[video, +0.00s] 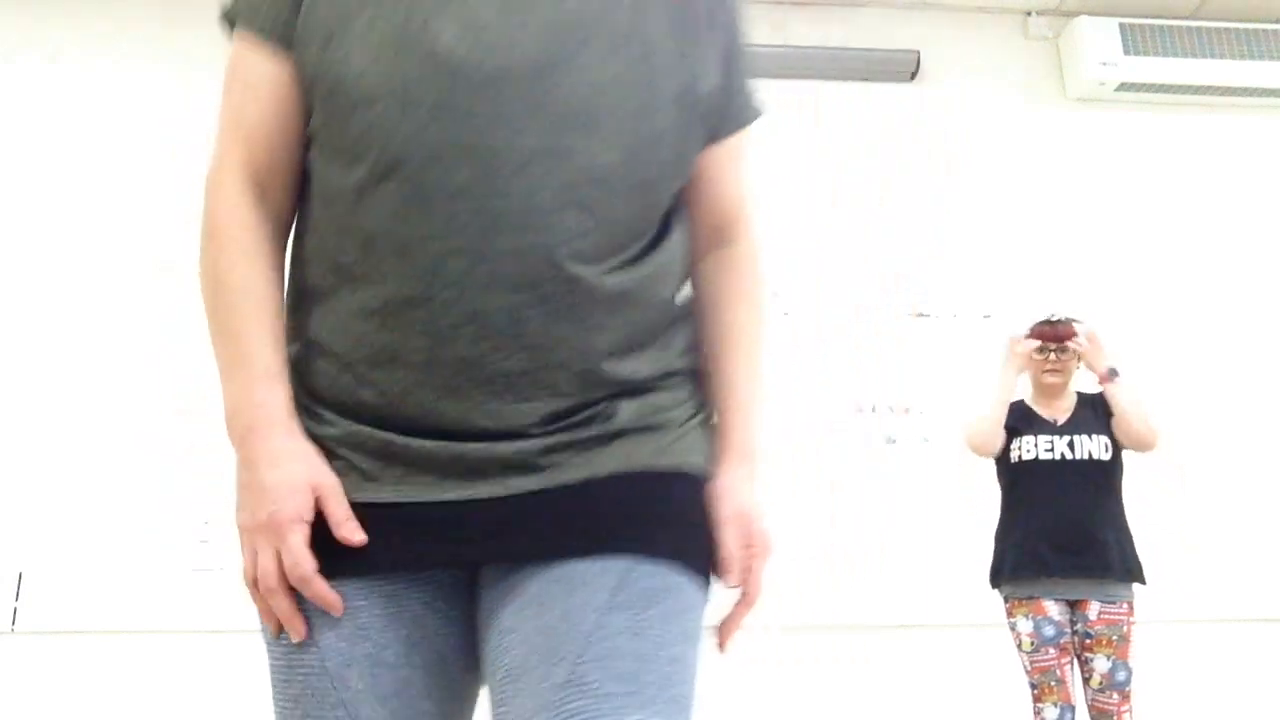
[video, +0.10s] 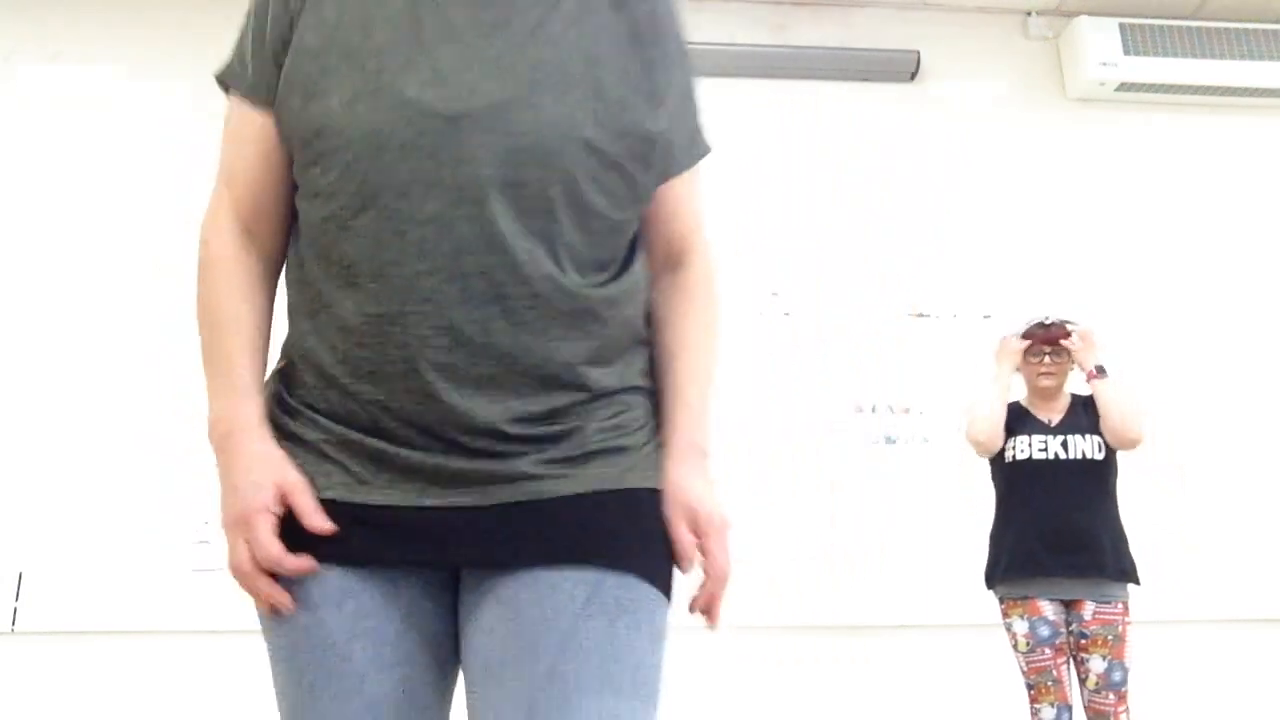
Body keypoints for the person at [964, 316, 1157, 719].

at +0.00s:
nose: (1053, 360)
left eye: (1063, 351)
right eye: (1043, 351)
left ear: (1078, 359)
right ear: (1028, 359)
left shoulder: (1103, 409)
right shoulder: (1010, 415)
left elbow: (1146, 439)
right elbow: (982, 443)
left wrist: (1104, 370)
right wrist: (1010, 369)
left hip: (1105, 578)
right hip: (1031, 580)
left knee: (1112, 705)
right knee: (1054, 706)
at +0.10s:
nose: (1047, 362)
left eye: (1057, 354)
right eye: (1036, 354)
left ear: (1071, 362)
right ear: (1021, 364)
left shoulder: (1096, 411)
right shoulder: (1004, 416)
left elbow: (1130, 436)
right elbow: (982, 439)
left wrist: (1092, 366)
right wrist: (1003, 370)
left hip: (1099, 577)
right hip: (1025, 579)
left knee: (1108, 703)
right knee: (1049, 704)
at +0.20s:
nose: (1040, 363)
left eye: (1051, 354)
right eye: (1029, 355)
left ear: (1065, 362)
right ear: (1013, 364)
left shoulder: (1091, 413)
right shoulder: (997, 418)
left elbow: (1127, 440)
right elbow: (974, 444)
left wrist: (1094, 375)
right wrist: (988, 379)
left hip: (1094, 579)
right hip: (1020, 581)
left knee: (1104, 705)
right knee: (1046, 706)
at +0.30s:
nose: (1034, 362)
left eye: (1045, 354)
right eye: (1023, 355)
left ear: (1059, 363)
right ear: (1006, 365)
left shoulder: (1086, 413)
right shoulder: (990, 419)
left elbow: (1129, 450)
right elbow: (962, 455)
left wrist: (1095, 384)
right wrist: (978, 391)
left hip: (1088, 581)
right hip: (1014, 584)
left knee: (1100, 706)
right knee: (1041, 706)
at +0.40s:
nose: (1029, 363)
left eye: (1039, 355)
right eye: (1018, 355)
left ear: (1053, 364)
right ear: (1000, 366)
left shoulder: (1080, 416)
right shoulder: (986, 421)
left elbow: (1134, 467)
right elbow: (946, 473)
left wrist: (1097, 403)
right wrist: (975, 404)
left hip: (1083, 581)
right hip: (1009, 585)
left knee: (1090, 705)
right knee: (1037, 707)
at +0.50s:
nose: (1024, 361)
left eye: (1034, 354)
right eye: (1014, 354)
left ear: (1049, 365)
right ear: (997, 365)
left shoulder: (1079, 416)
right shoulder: (977, 423)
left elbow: (1130, 487)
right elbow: (933, 492)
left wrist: (1101, 428)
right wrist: (972, 430)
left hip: (1079, 580)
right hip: (1006, 584)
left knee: (1085, 705)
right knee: (1034, 708)